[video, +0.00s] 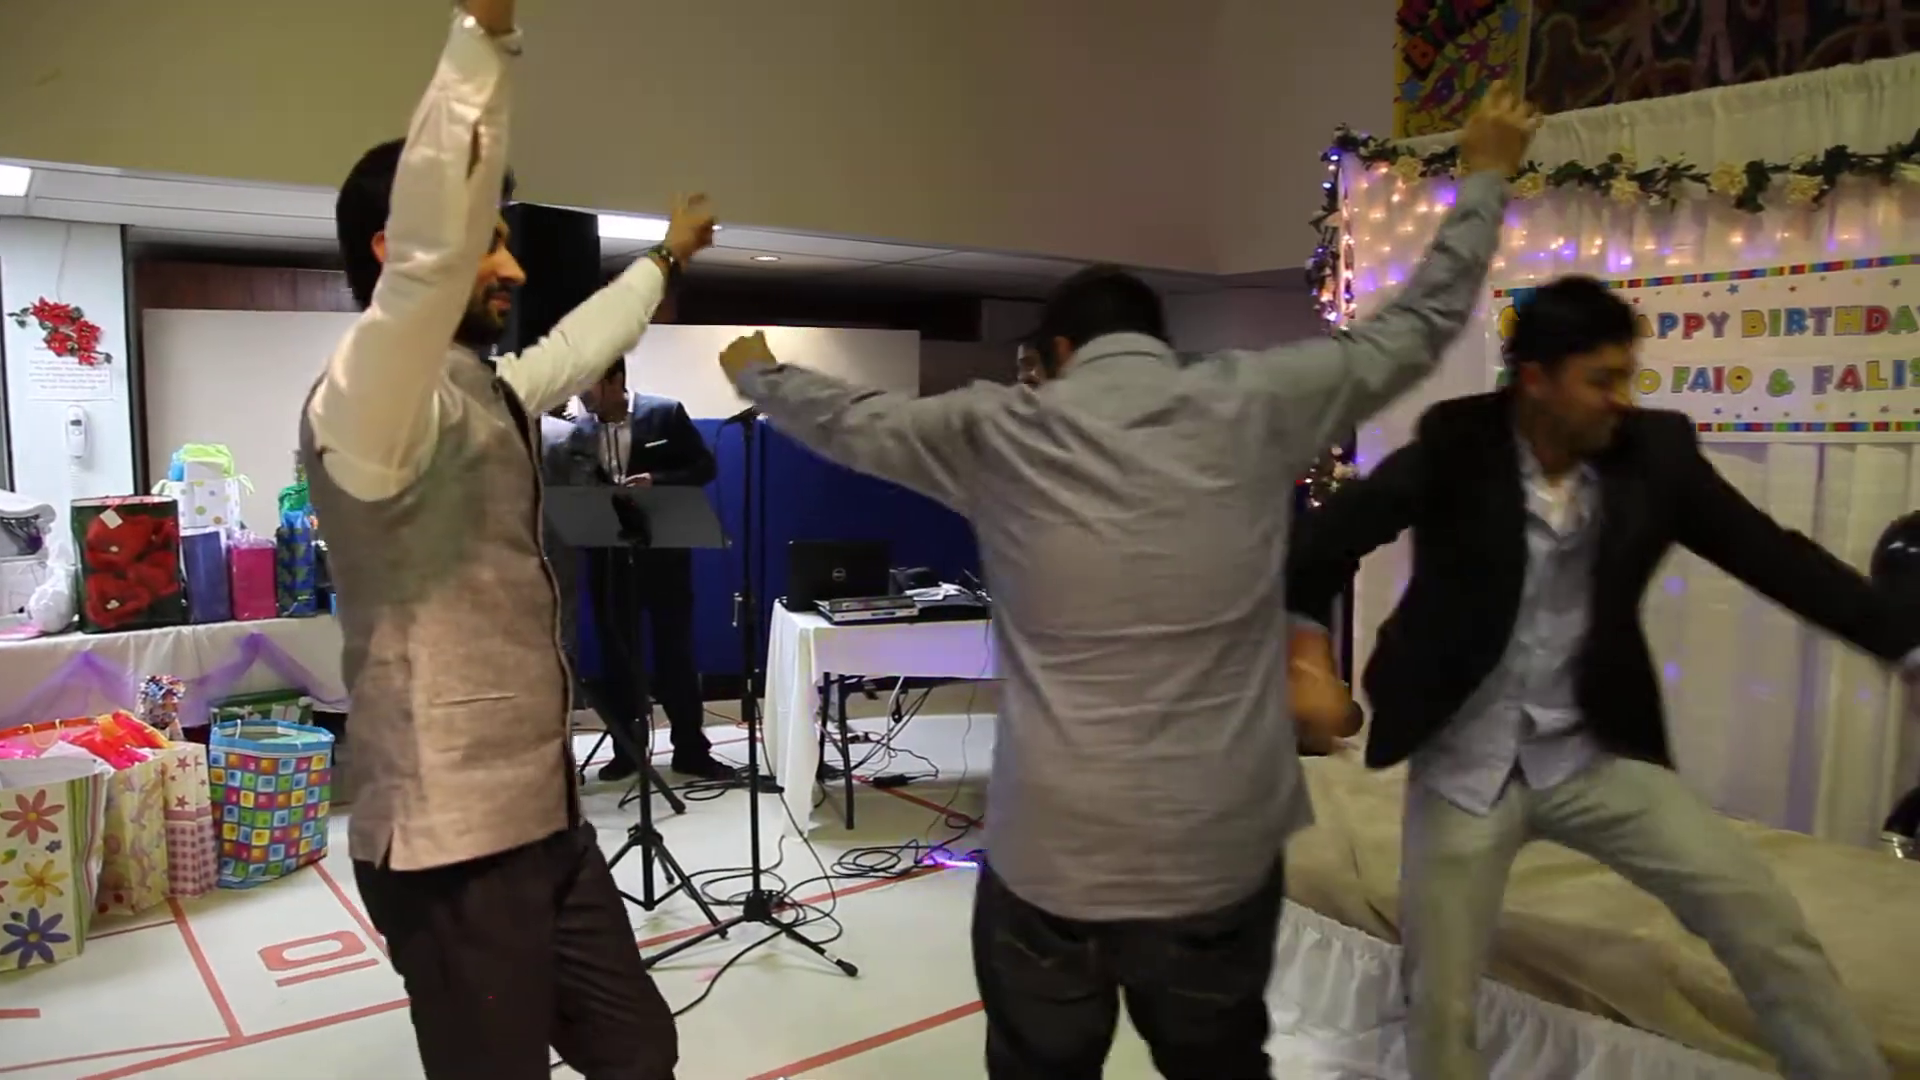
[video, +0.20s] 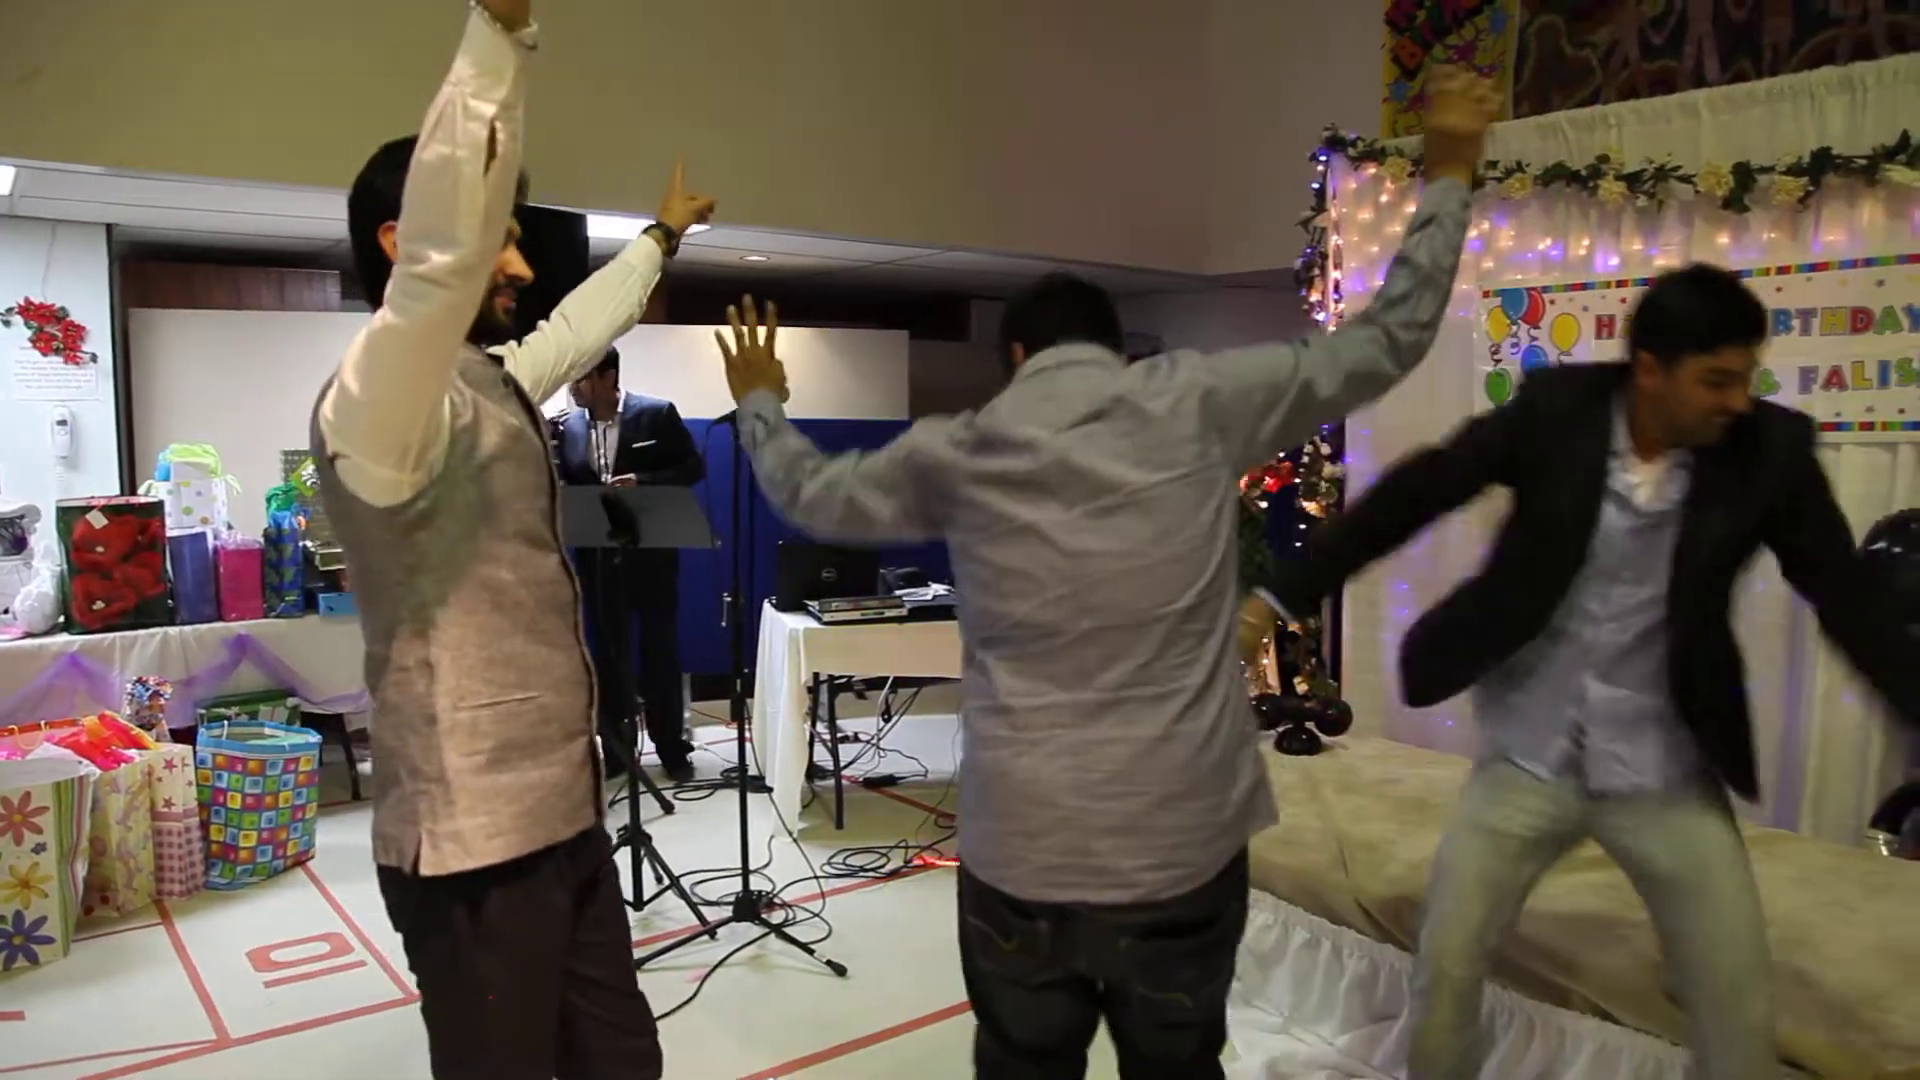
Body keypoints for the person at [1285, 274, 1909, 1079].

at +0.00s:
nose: (1622, 400)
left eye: (1627, 380)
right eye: (1604, 381)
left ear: (1634, 376)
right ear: (1532, 377)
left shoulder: (1654, 460)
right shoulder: (1450, 455)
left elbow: (1772, 556)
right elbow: (1322, 543)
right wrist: (1308, 665)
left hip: (1592, 757)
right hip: (1462, 767)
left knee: (1753, 909)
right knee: (1440, 998)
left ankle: (1857, 1074)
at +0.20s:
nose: (1738, 400)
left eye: (1747, 380)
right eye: (1719, 381)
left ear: (1752, 370)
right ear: (1648, 368)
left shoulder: (1770, 452)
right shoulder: (1553, 415)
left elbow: (1852, 602)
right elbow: (1422, 487)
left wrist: (1918, 706)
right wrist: (1299, 580)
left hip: (1666, 773)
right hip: (1526, 760)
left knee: (1735, 999)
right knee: (1446, 955)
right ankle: (1437, 1077)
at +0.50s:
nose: (1782, 406)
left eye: (1806, 391)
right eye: (1766, 379)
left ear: (1824, 390)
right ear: (1714, 356)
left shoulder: (1793, 490)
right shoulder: (1640, 399)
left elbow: (1711, 640)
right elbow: (1520, 516)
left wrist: (1583, 668)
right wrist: (1507, 622)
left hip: (1691, 760)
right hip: (1579, 719)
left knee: (1723, 995)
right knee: (1446, 867)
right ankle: (1459, 1073)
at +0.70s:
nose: (1678, 417)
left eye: (1702, 399)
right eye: (1660, 392)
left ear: (1722, 391)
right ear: (1614, 369)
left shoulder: (1735, 488)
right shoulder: (1548, 436)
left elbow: (1679, 662)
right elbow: (1492, 594)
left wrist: (1533, 661)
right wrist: (1582, 601)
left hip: (1696, 781)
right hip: (1565, 764)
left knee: (1771, 1036)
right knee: (1508, 982)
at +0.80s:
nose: (1646, 420)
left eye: (1666, 400)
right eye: (1626, 398)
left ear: (1684, 393)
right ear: (1574, 381)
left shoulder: (1706, 492)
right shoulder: (1504, 464)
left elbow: (1706, 681)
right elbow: (1449, 632)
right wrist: (1541, 710)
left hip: (1694, 795)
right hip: (1553, 793)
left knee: (1785, 1038)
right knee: (1507, 1007)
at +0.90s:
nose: (1636, 407)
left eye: (1650, 387)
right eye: (1616, 386)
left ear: (1663, 384)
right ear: (1552, 378)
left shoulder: (1686, 471)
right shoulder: (1475, 475)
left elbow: (1752, 624)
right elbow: (1421, 630)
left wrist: (1800, 772)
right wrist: (1410, 786)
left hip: (1689, 776)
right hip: (1551, 785)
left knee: (1814, 985)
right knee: (1513, 1021)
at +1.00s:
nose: (1650, 362)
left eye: (1658, 341)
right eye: (1630, 341)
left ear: (1666, 338)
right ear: (1560, 339)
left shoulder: (1690, 415)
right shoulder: (1480, 442)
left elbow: (1804, 484)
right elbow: (1387, 584)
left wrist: (1893, 524)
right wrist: (1300, 710)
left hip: (1704, 737)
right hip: (1572, 761)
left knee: (1843, 918)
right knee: (1549, 1000)